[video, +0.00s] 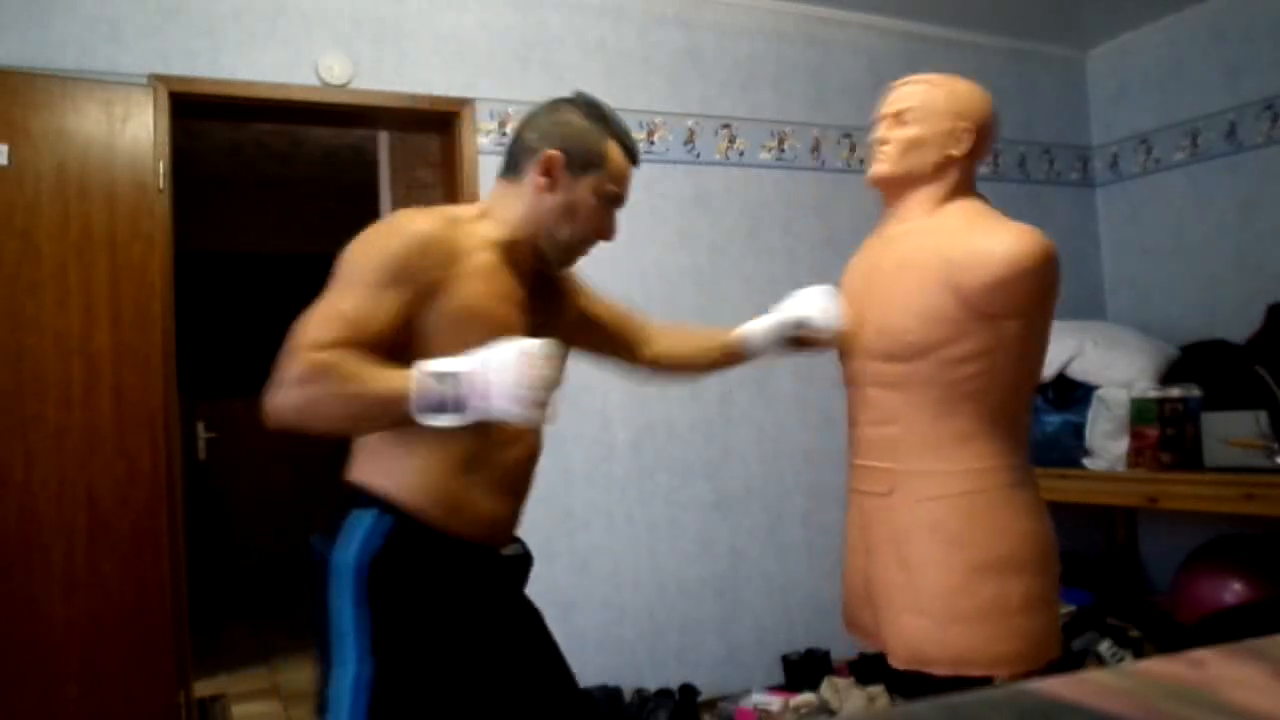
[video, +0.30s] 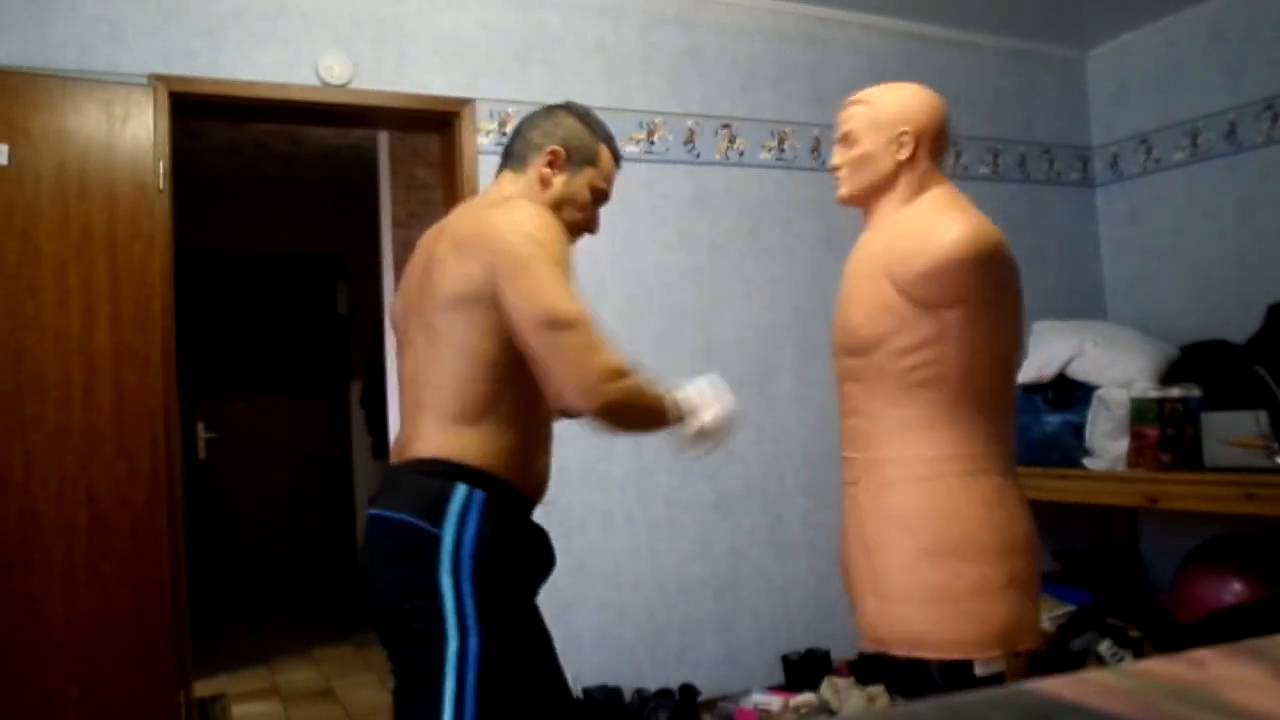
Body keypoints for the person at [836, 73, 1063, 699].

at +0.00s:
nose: (878, 133)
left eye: (900, 120)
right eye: (879, 122)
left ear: (959, 141)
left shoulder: (1007, 254)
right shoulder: (869, 256)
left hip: (966, 538)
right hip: (882, 531)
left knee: (985, 717)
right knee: (908, 711)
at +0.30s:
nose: (834, 157)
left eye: (848, 140)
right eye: (836, 141)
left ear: (903, 147)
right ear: (901, 149)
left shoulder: (943, 242)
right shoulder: (888, 236)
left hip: (939, 526)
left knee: (949, 701)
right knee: (909, 693)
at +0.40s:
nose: (786, 163)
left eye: (801, 145)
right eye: (787, 147)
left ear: (858, 152)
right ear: (852, 154)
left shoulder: (916, 250)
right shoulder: (843, 247)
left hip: (923, 533)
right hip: (867, 528)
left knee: (948, 695)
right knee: (897, 690)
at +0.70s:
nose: (810, 158)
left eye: (829, 142)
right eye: (812, 144)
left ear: (888, 152)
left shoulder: (951, 258)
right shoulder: (840, 263)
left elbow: (971, 427)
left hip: (939, 541)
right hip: (864, 539)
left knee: (965, 715)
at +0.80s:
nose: (799, 161)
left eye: (817, 144)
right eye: (800, 146)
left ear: (877, 152)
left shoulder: (944, 259)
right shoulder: (836, 261)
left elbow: (963, 425)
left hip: (933, 544)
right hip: (860, 543)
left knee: (957, 703)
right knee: (892, 698)